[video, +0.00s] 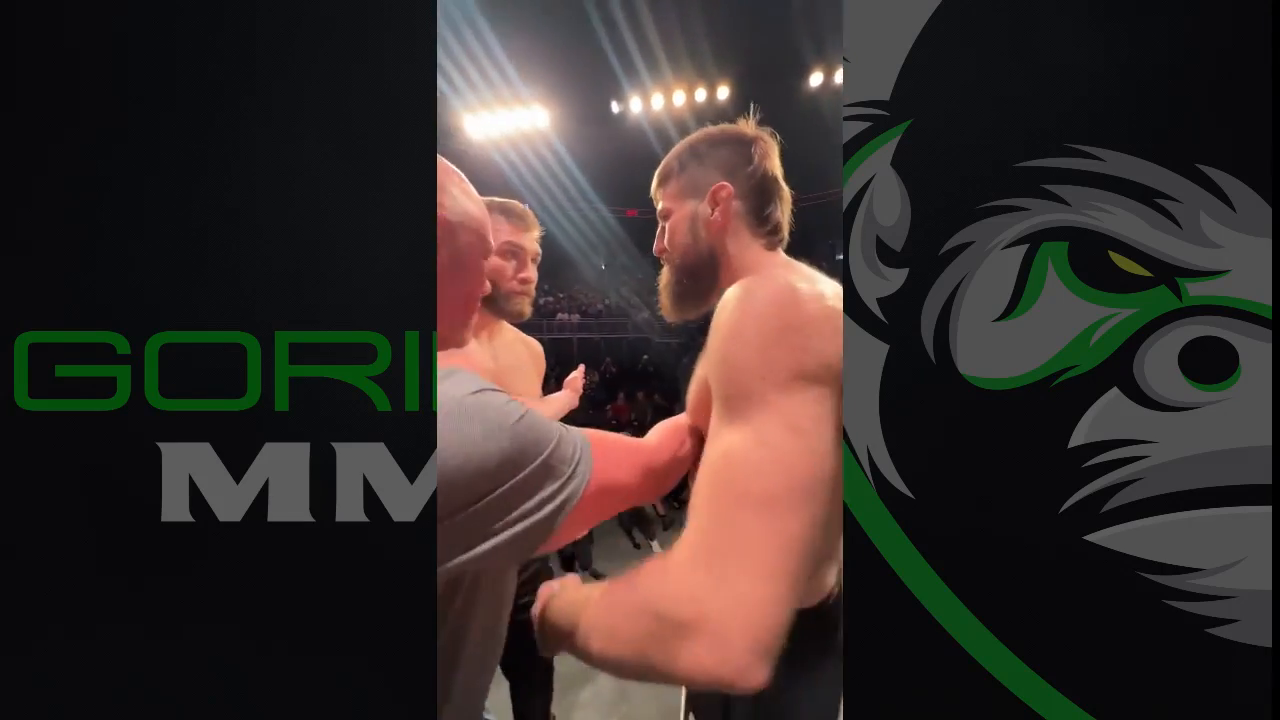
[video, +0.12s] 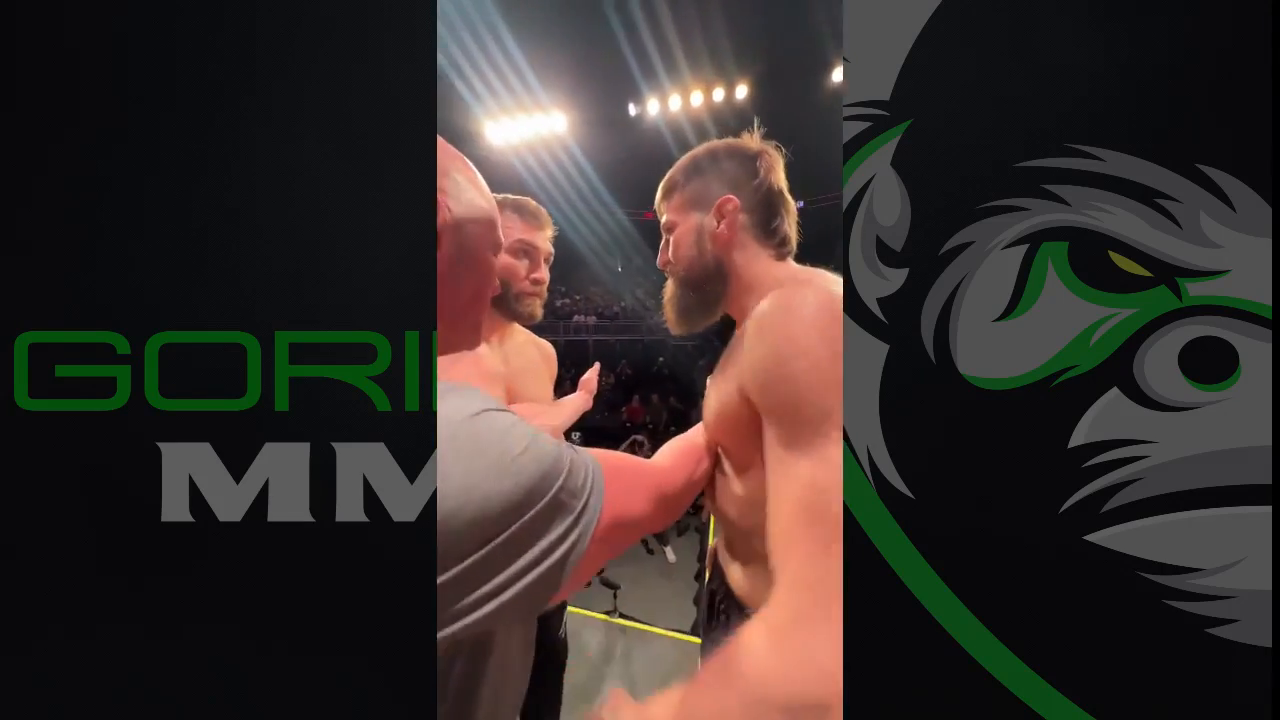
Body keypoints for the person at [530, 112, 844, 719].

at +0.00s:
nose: (656, 245)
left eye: (666, 217)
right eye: (657, 222)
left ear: (720, 205)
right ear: (721, 208)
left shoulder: (776, 303)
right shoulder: (807, 299)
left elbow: (723, 632)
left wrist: (567, 607)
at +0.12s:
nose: (661, 259)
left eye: (669, 233)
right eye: (661, 238)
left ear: (725, 219)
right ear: (726, 222)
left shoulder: (801, 318)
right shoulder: (766, 322)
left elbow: (816, 642)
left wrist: (660, 709)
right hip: (740, 615)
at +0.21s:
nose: (663, 264)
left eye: (674, 238)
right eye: (665, 242)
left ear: (731, 227)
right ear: (730, 230)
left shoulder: (809, 328)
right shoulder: (763, 328)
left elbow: (851, 537)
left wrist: (842, 675)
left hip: (788, 661)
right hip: (739, 620)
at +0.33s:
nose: (674, 266)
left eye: (687, 243)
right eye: (676, 247)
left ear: (745, 237)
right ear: (743, 240)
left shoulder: (819, 332)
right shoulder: (764, 336)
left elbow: (900, 481)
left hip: (815, 653)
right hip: (753, 620)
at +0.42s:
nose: (681, 267)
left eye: (695, 243)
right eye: (683, 248)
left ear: (755, 236)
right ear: (753, 239)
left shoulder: (821, 325)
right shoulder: (769, 336)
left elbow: (911, 451)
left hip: (818, 648)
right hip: (763, 615)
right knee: (738, 710)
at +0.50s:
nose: (686, 264)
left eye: (700, 241)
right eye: (687, 245)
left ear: (761, 232)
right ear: (759, 235)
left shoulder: (824, 320)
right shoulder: (774, 334)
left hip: (817, 645)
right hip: (770, 612)